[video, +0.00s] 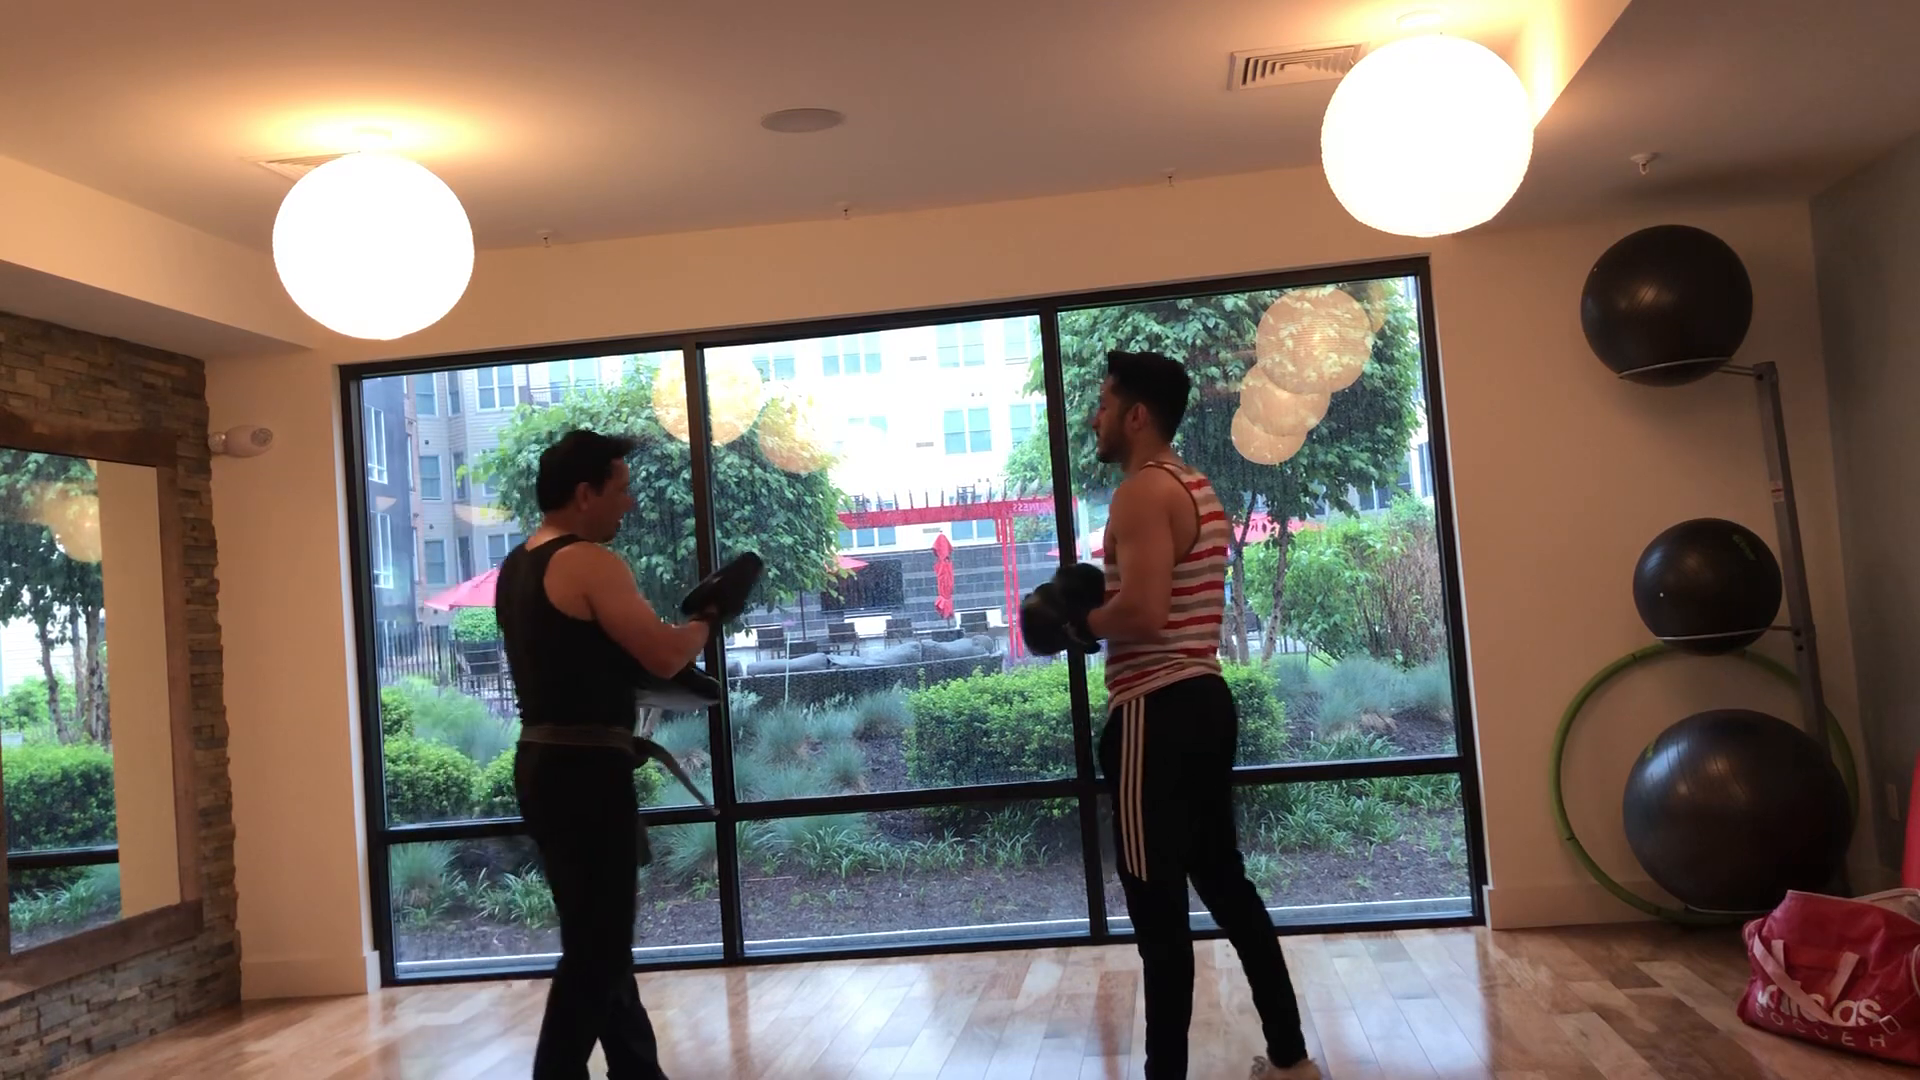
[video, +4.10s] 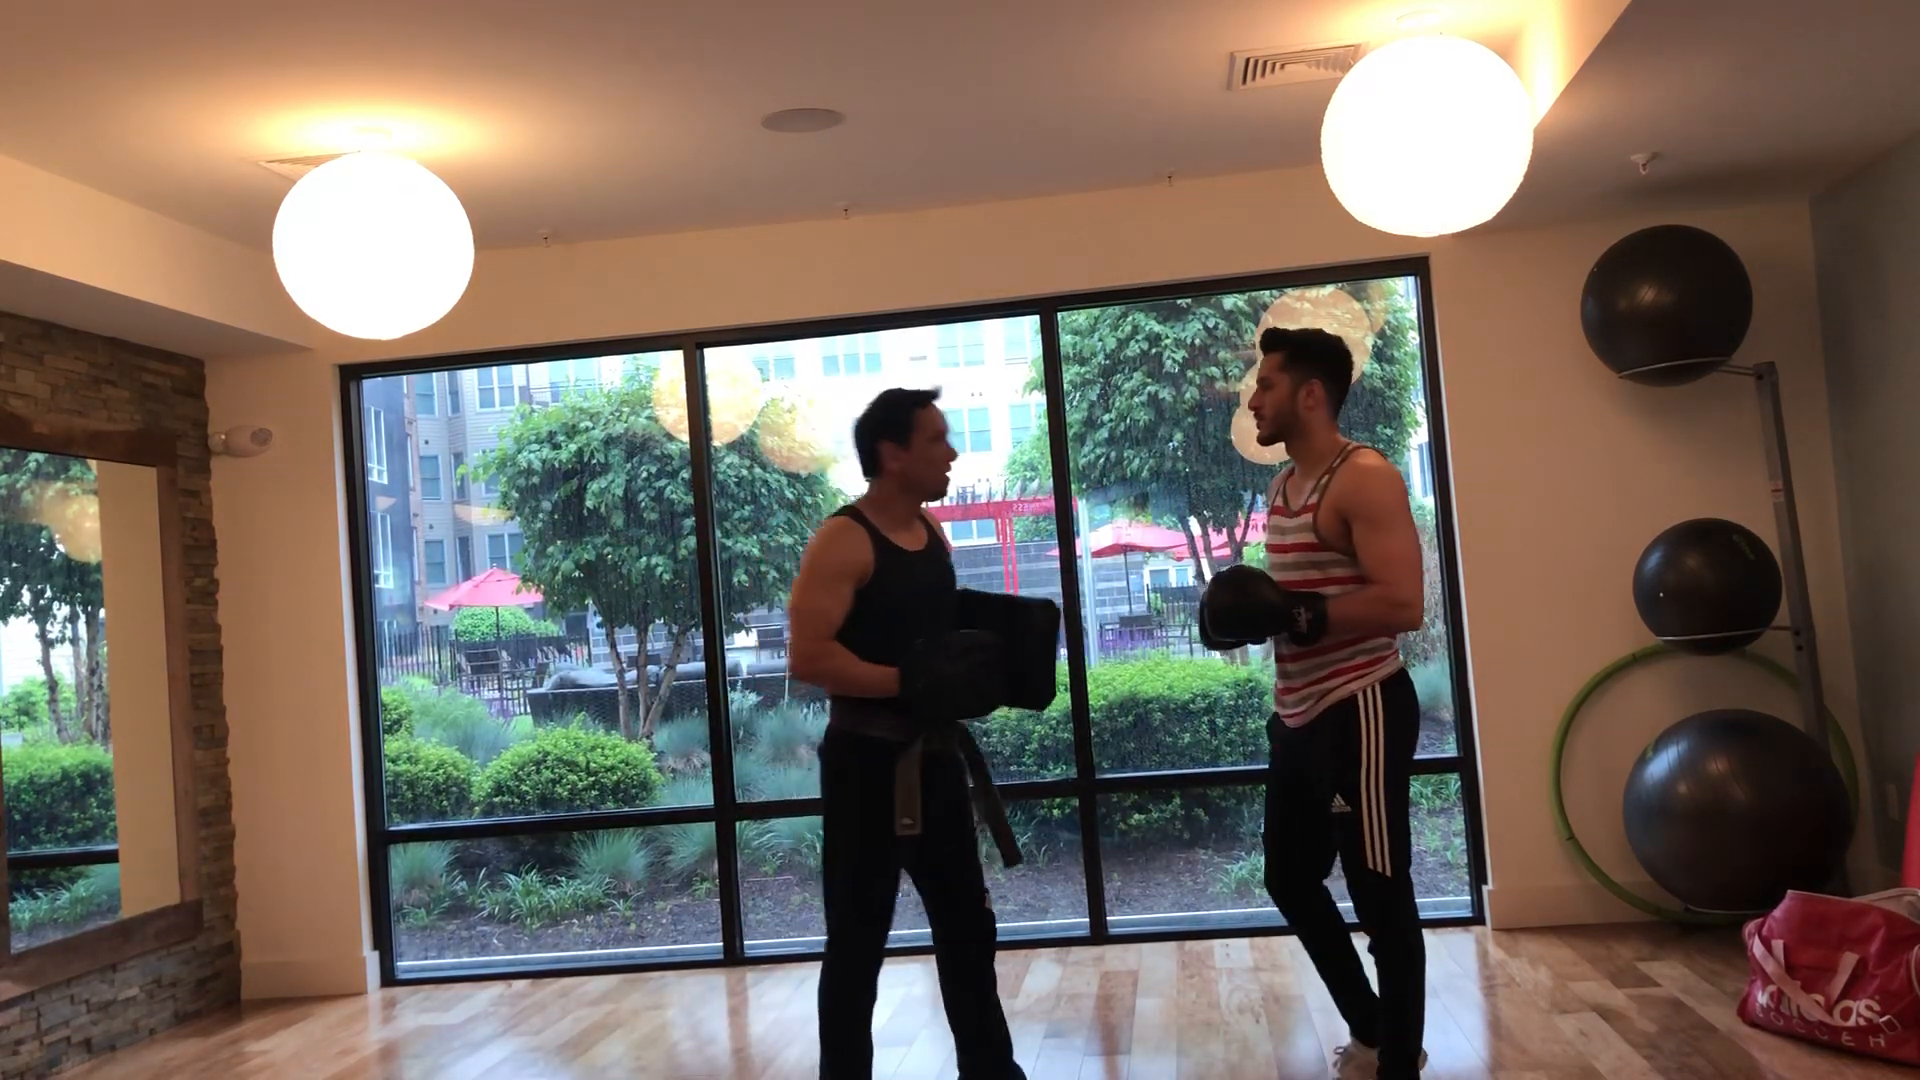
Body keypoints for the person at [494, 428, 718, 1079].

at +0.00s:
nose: (629, 500)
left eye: (628, 486)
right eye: (621, 487)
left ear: (570, 495)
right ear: (584, 495)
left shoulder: (519, 566)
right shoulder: (592, 565)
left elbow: (575, 663)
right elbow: (667, 657)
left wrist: (663, 638)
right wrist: (705, 619)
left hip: (544, 770)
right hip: (589, 772)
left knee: (600, 941)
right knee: (597, 946)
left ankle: (638, 1071)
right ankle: (559, 1073)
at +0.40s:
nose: (669, 485)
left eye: (667, 472)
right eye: (654, 473)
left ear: (614, 487)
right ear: (609, 485)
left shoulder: (598, 551)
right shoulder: (616, 551)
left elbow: (648, 651)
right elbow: (661, 648)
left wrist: (720, 657)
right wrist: (722, 623)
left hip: (610, 755)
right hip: (634, 759)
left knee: (630, 914)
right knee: (688, 910)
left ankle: (634, 1060)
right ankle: (672, 1064)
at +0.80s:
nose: (692, 477)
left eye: (692, 465)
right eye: (673, 469)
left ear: (697, 474)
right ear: (638, 488)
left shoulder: (699, 560)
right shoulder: (642, 558)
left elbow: (718, 641)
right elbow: (678, 660)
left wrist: (762, 640)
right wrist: (743, 627)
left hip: (704, 753)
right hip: (662, 758)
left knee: (742, 886)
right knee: (682, 905)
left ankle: (672, 1034)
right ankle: (682, 1052)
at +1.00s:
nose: (714, 474)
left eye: (715, 461)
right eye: (696, 466)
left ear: (720, 469)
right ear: (661, 484)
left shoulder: (729, 557)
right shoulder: (650, 560)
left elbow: (771, 625)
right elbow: (679, 661)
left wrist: (813, 656)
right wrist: (762, 633)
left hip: (739, 748)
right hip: (676, 756)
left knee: (790, 886)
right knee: (687, 914)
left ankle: (749, 1042)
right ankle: (693, 1061)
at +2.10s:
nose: (807, 464)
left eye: (815, 450)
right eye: (790, 452)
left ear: (825, 460)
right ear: (756, 466)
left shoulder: (838, 543)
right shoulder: (728, 548)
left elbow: (859, 633)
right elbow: (698, 653)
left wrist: (895, 686)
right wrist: (798, 695)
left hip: (840, 753)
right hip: (760, 763)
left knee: (901, 896)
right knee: (774, 932)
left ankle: (851, 1031)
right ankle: (784, 1068)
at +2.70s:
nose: (918, 444)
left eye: (916, 433)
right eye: (901, 434)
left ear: (901, 448)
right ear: (855, 449)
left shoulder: (919, 537)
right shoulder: (818, 535)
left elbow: (947, 623)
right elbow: (770, 644)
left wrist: (979, 696)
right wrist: (829, 730)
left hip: (918, 756)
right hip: (843, 759)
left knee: (934, 929)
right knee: (832, 931)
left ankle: (948, 1071)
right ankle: (796, 1070)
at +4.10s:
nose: (952, 452)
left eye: (948, 439)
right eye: (938, 441)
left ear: (904, 454)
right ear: (891, 453)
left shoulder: (929, 532)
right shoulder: (841, 538)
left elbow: (931, 636)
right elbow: (806, 657)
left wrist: (994, 652)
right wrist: (914, 681)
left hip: (935, 753)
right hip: (862, 758)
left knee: (967, 932)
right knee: (855, 946)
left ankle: (991, 1073)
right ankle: (844, 1078)